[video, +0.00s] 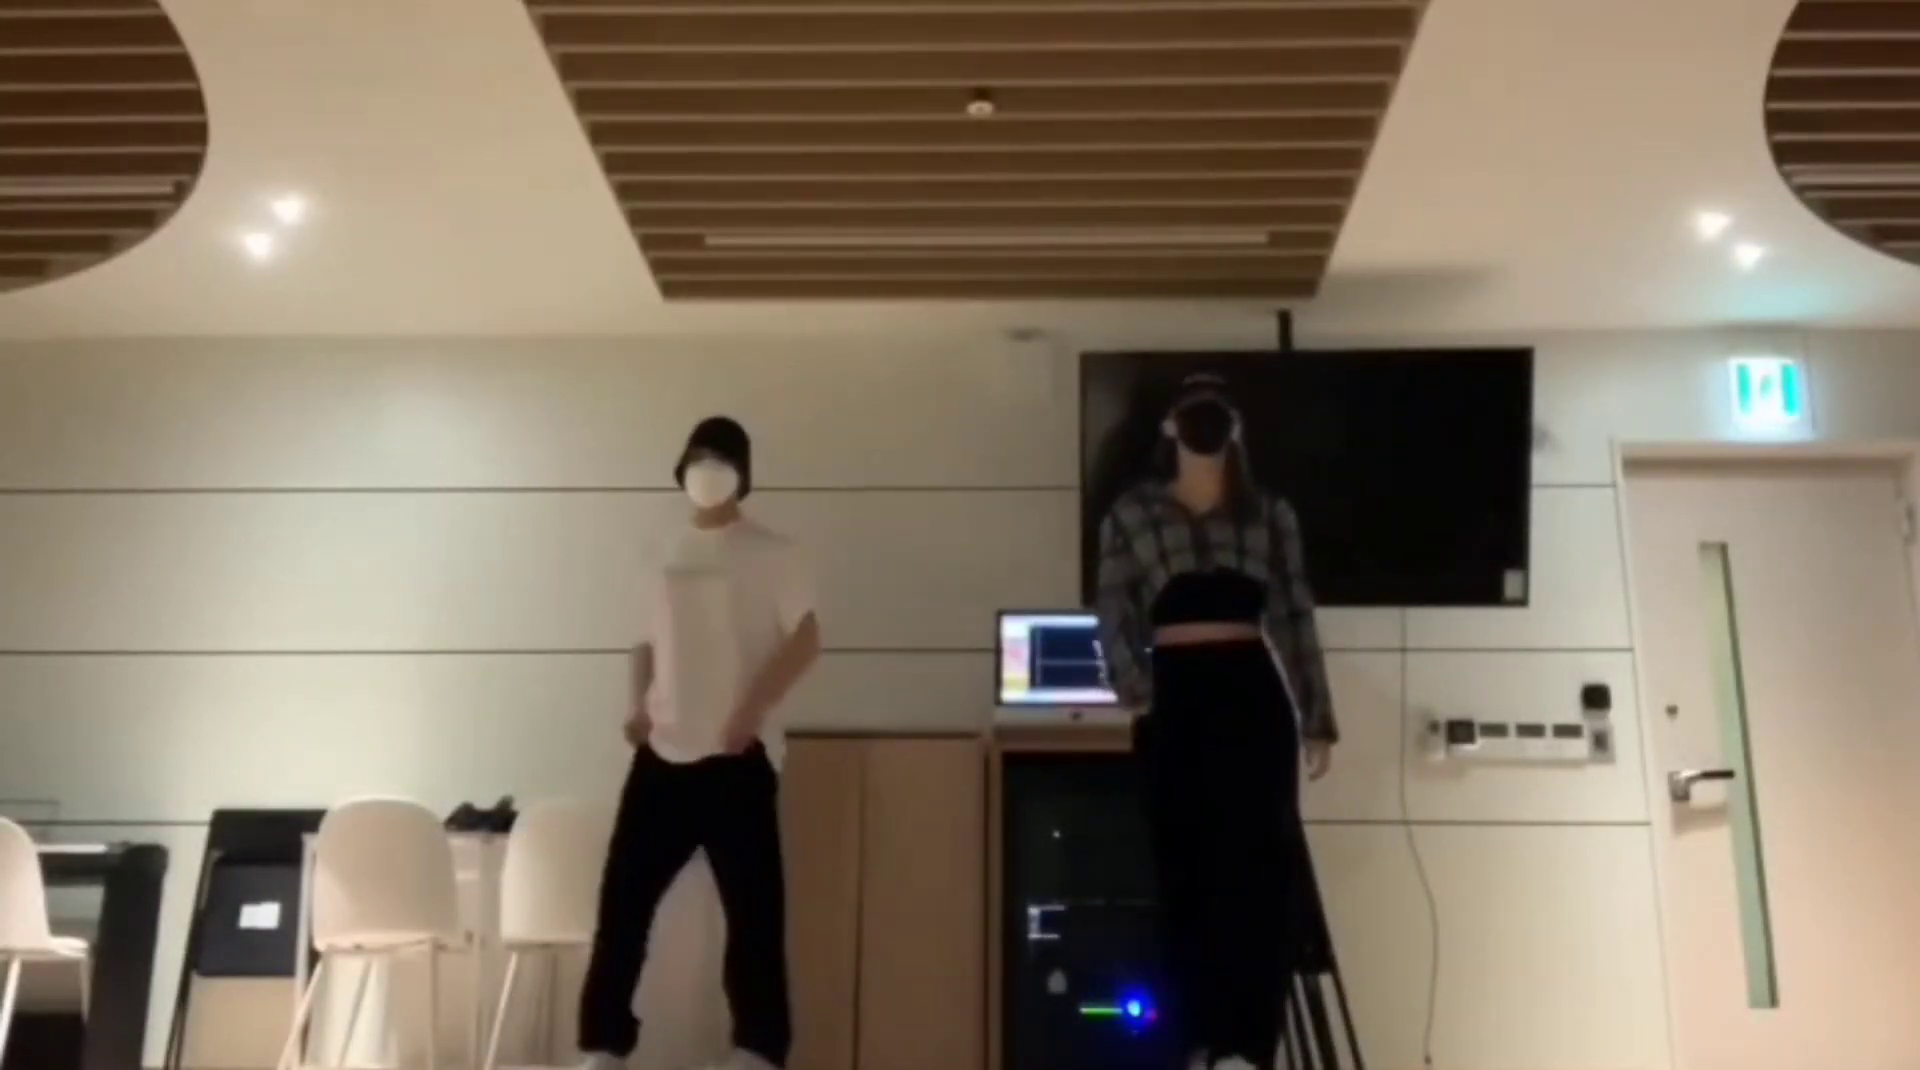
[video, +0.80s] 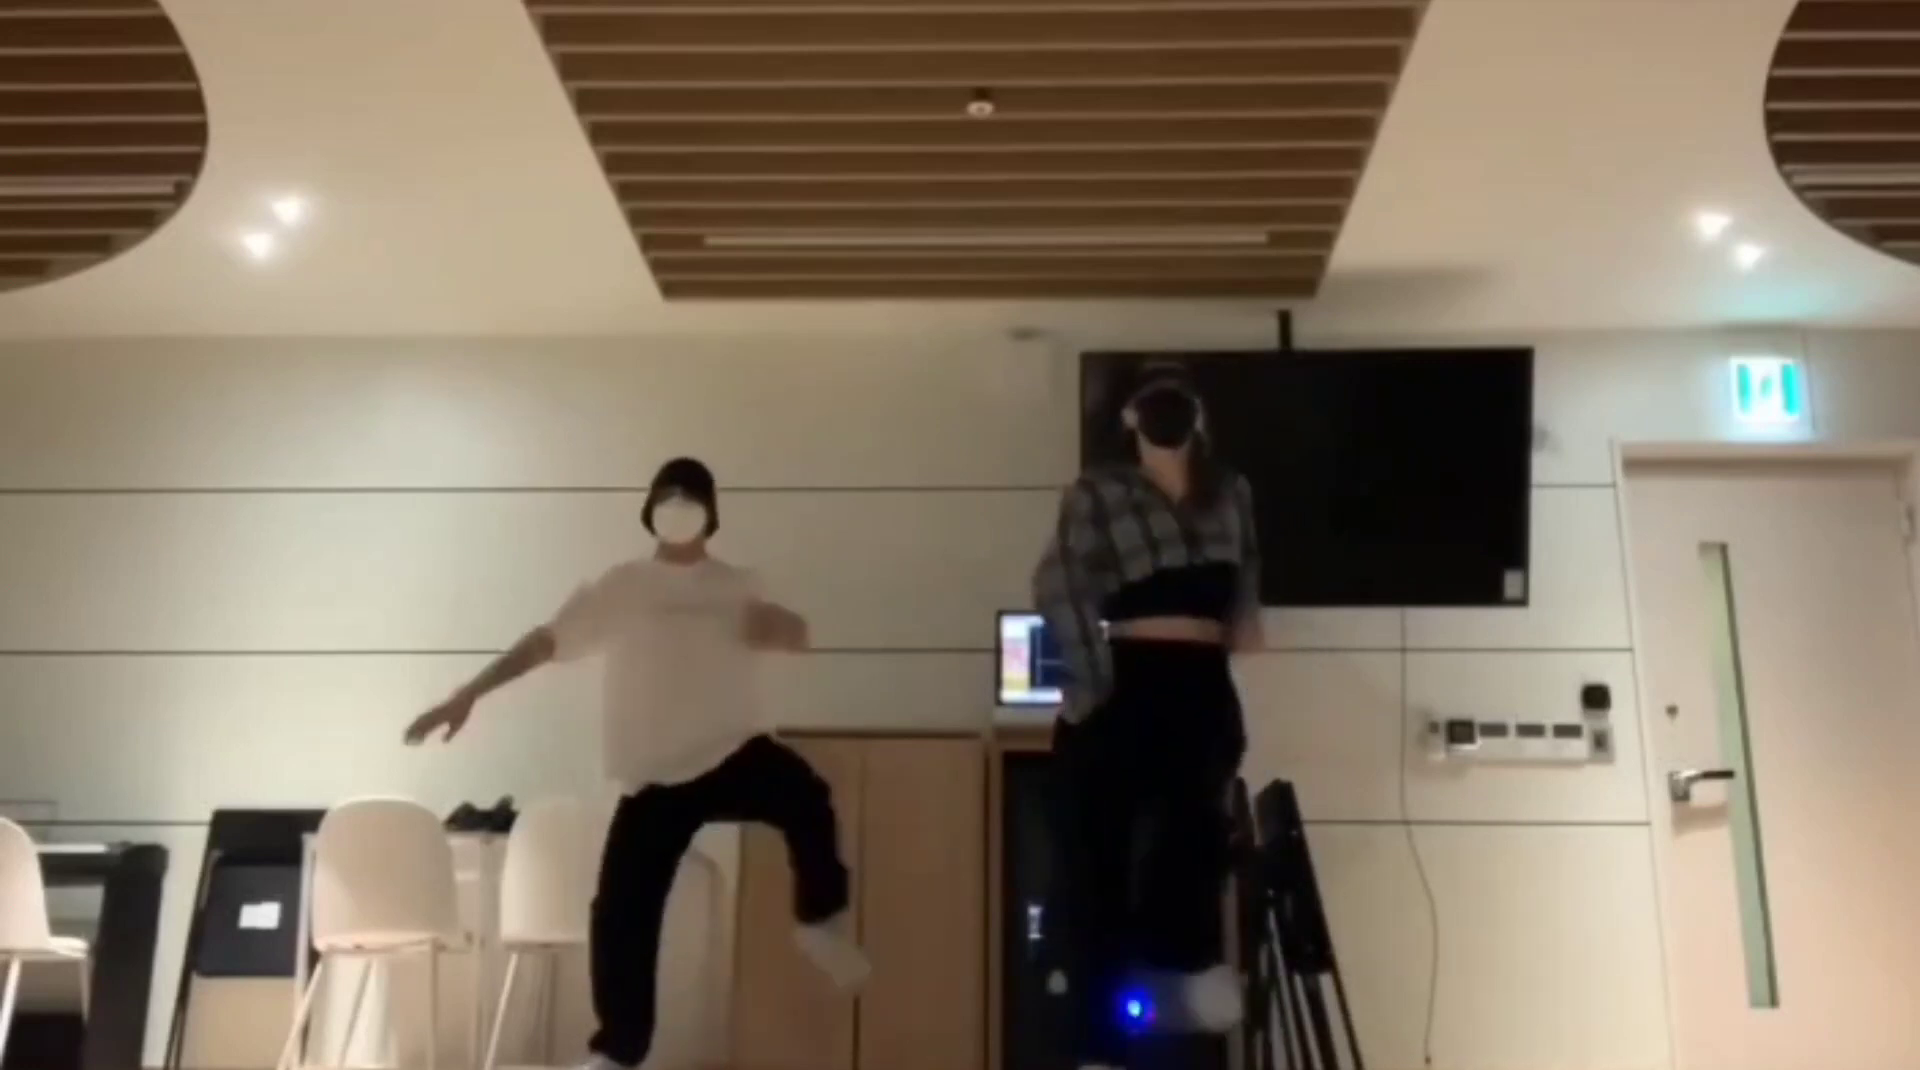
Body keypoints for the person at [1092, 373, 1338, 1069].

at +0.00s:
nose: (1207, 422)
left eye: (1218, 410)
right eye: (1193, 411)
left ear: (1237, 428)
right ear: (1169, 428)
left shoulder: (1270, 514)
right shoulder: (1132, 515)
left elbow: (1295, 618)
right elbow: (1112, 611)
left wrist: (1316, 713)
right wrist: (1135, 690)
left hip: (1255, 702)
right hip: (1176, 704)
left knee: (1259, 867)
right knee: (1187, 868)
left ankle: (1251, 1040)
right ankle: (1197, 1037)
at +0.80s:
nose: (1169, 410)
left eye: (1181, 397)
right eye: (1153, 399)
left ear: (1201, 413)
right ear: (1129, 417)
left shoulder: (1228, 494)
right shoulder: (1096, 493)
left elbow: (1244, 586)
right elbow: (1056, 585)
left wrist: (1237, 634)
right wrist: (1085, 678)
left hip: (1202, 689)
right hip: (1123, 688)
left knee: (1194, 829)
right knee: (1108, 839)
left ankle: (1186, 971)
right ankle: (1100, 993)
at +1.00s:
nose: (1177, 418)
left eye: (1188, 407)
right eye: (1163, 407)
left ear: (1207, 423)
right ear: (1137, 424)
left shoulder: (1229, 497)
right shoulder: (1100, 506)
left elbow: (1260, 561)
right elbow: (1068, 596)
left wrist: (1309, 573)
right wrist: (1092, 652)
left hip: (1222, 698)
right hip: (1134, 700)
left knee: (1291, 852)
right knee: (1083, 858)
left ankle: (1405, 1032)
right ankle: (1090, 1035)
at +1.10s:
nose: (1175, 423)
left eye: (1188, 411)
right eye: (1162, 412)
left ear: (1210, 429)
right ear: (1140, 428)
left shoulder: (1244, 489)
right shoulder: (1121, 507)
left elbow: (1346, 527)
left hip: (1253, 695)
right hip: (1167, 712)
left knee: (1348, 861)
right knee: (1105, 864)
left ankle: (1446, 1056)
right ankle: (1086, 1041)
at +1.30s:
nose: (1200, 413)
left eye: (1210, 401)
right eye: (1193, 401)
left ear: (1225, 418)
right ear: (1174, 418)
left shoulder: (1251, 476)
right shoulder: (1149, 498)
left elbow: (1338, 467)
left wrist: (1455, 451)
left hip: (1260, 683)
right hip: (1183, 702)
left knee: (1358, 860)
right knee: (1121, 865)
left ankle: (1447, 1050)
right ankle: (1083, 1041)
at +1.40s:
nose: (1218, 403)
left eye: (1233, 391)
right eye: (1207, 393)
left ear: (1252, 412)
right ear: (1189, 413)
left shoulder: (1264, 474)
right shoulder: (1174, 494)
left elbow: (1298, 417)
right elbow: (1175, 607)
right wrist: (1157, 675)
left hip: (1263, 674)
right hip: (1185, 687)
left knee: (1347, 856)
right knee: (1134, 861)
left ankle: (1449, 1040)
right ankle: (1084, 1036)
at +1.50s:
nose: (1213, 417)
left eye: (1228, 400)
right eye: (1207, 403)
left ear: (1253, 407)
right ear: (1199, 412)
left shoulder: (1276, 476)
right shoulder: (1185, 490)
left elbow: (1269, 418)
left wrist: (1290, 355)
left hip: (1264, 674)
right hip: (1185, 686)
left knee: (1343, 856)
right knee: (1136, 867)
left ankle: (1451, 1039)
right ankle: (1092, 1044)